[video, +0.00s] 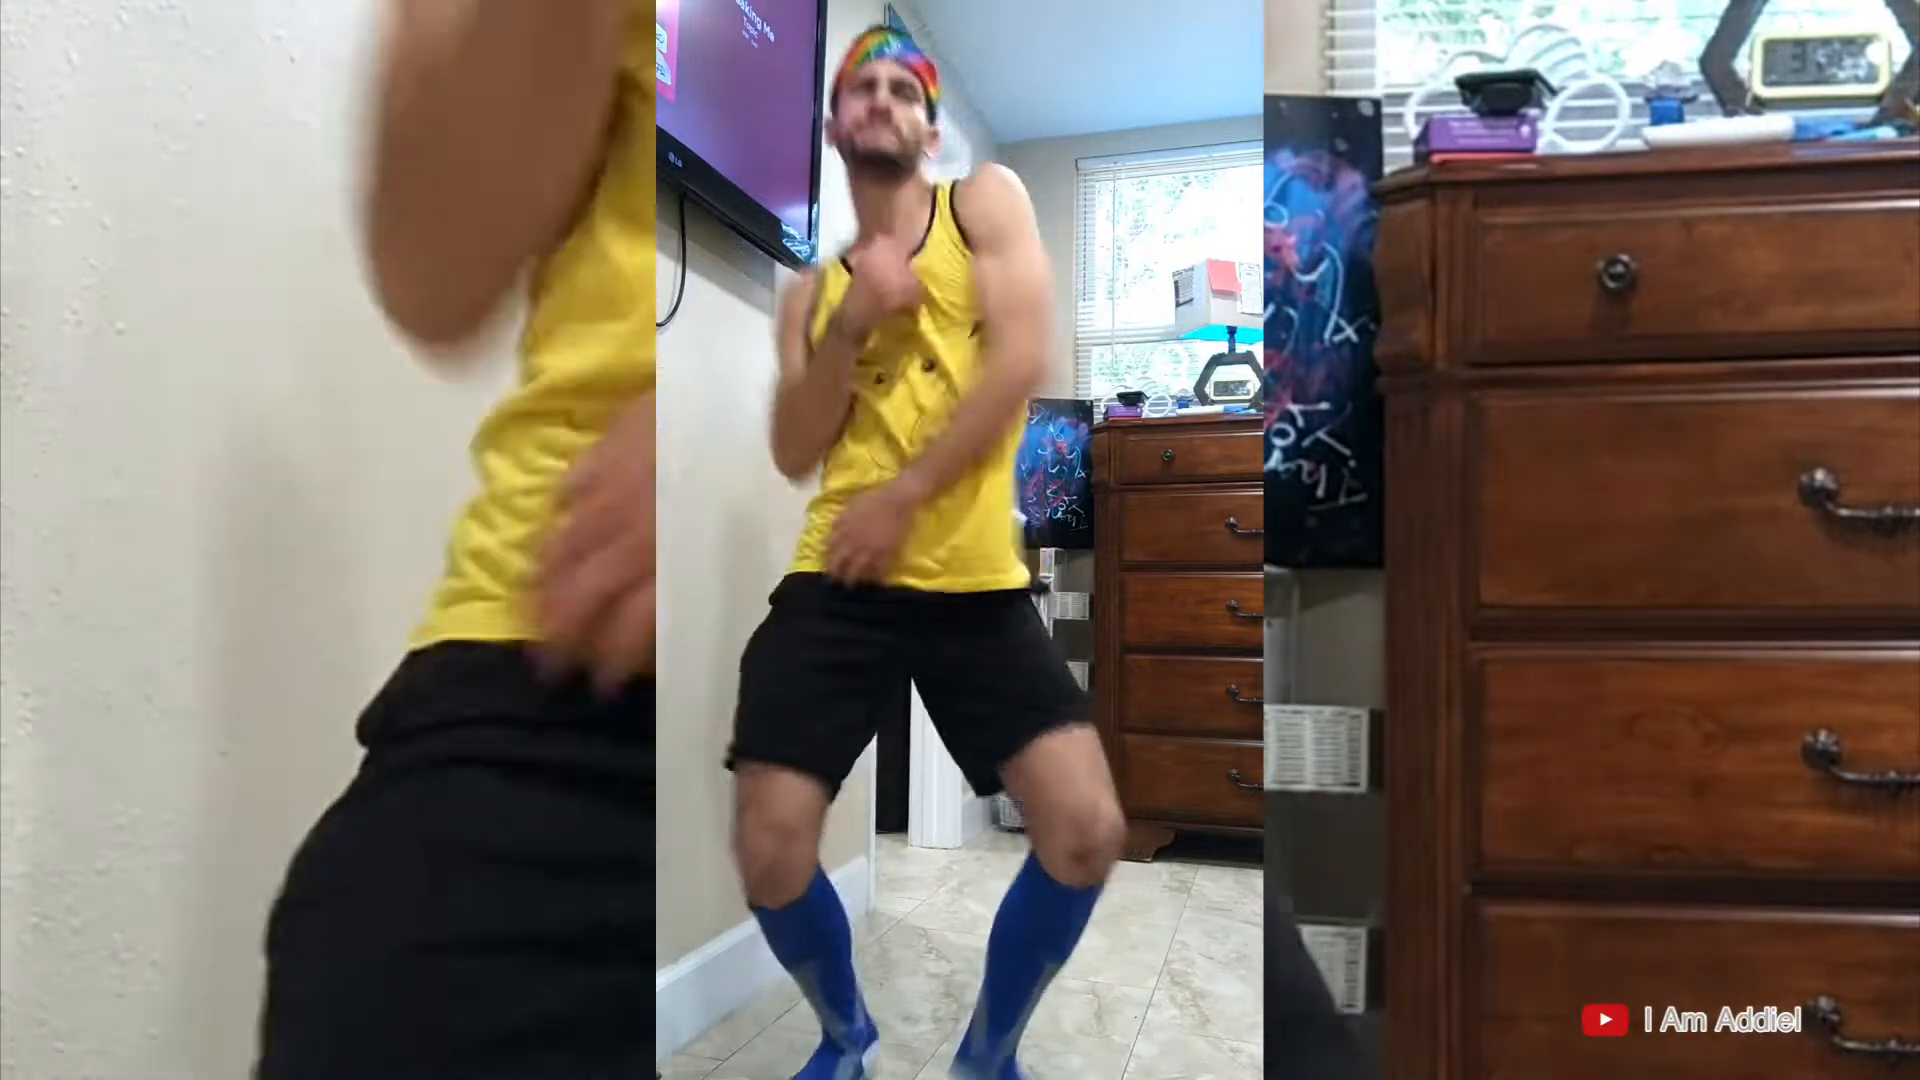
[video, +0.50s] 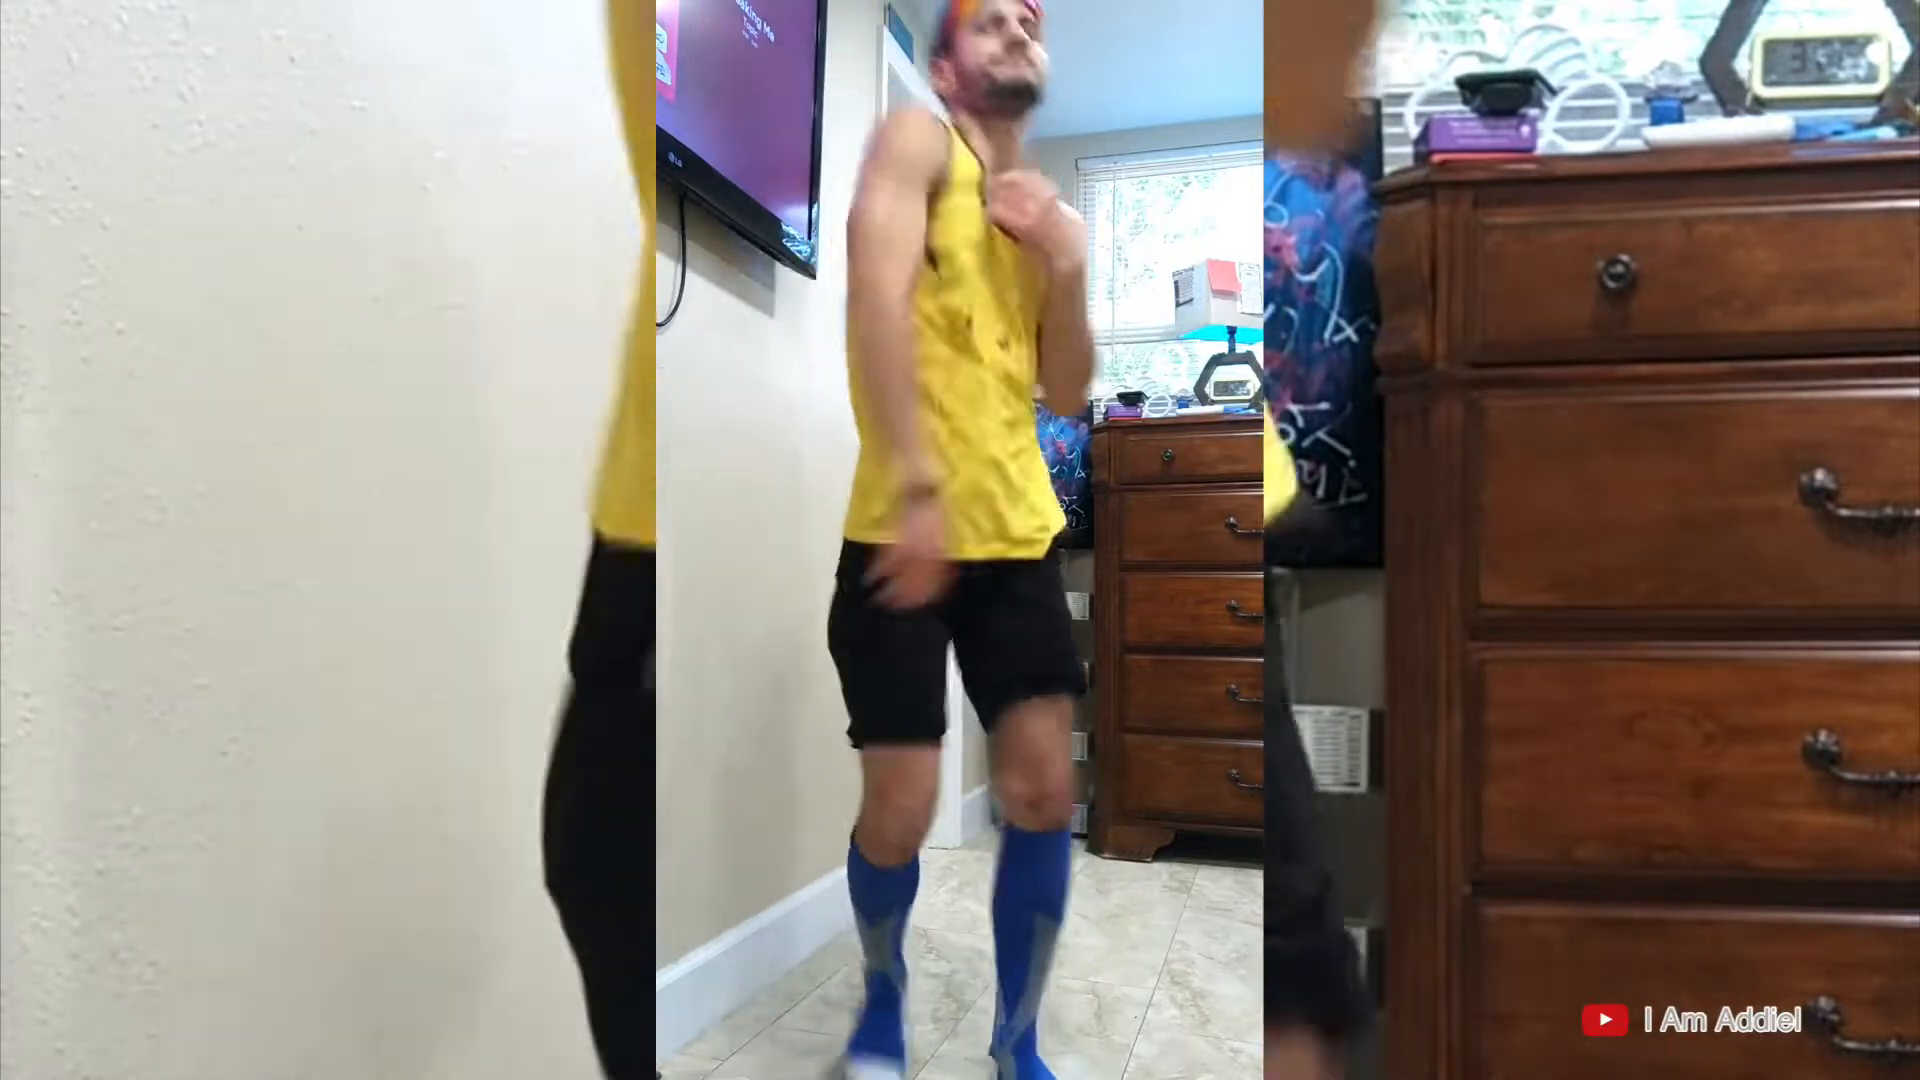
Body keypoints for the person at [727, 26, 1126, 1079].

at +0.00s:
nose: (881, 103)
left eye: (903, 92)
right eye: (862, 89)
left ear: (932, 126)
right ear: (831, 125)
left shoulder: (984, 198)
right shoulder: (810, 288)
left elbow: (1023, 359)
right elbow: (794, 450)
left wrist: (903, 495)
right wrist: (852, 327)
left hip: (976, 587)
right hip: (834, 590)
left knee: (1087, 832)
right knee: (768, 846)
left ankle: (988, 1053)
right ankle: (847, 1037)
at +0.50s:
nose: (1019, 32)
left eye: (1032, 27)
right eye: (993, 23)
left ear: (1045, 75)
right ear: (943, 66)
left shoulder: (1044, 203)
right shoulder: (918, 133)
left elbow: (1068, 392)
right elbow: (878, 295)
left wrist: (1067, 260)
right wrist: (916, 488)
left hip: (1014, 529)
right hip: (904, 523)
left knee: (1044, 786)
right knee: (902, 799)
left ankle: (1018, 1040)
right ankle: (880, 1013)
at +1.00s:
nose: (955, 14)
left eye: (983, 3)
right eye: (944, 7)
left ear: (1037, 35)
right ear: (934, 47)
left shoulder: (1090, 136)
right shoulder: (915, 183)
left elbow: (1042, 206)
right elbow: (928, 343)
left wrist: (877, 138)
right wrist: (877, 422)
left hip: (1034, 518)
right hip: (906, 515)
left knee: (1029, 801)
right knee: (847, 754)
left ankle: (1017, 1037)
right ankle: (898, 966)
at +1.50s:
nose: (919, 96)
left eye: (943, 82)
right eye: (906, 87)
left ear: (990, 112)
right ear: (897, 121)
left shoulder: (1034, 182)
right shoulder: (916, 265)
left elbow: (1152, 316)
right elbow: (873, 414)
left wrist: (1071, 421)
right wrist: (869, 265)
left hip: (1010, 524)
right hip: (925, 535)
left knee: (910, 809)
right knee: (904, 813)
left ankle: (1127, 710)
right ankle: (1007, 1032)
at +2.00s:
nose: (1000, 67)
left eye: (1011, 55)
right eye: (973, 54)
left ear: (1023, 92)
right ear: (925, 90)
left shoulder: (1015, 251)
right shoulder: (878, 170)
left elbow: (1021, 398)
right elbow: (815, 328)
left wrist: (1082, 317)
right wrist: (855, 503)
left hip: (1020, 566)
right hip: (902, 561)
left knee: (1016, 820)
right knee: (915, 828)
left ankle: (958, 1065)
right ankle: (887, 845)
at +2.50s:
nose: (906, 12)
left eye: (921, 5)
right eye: (879, 2)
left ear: (939, 41)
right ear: (831, 33)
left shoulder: (980, 200)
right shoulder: (774, 177)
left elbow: (1039, 363)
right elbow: (718, 368)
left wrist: (1052, 204)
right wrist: (750, 282)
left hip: (964, 548)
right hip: (814, 551)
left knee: (1022, 809)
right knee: (816, 826)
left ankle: (910, 818)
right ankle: (817, 1074)